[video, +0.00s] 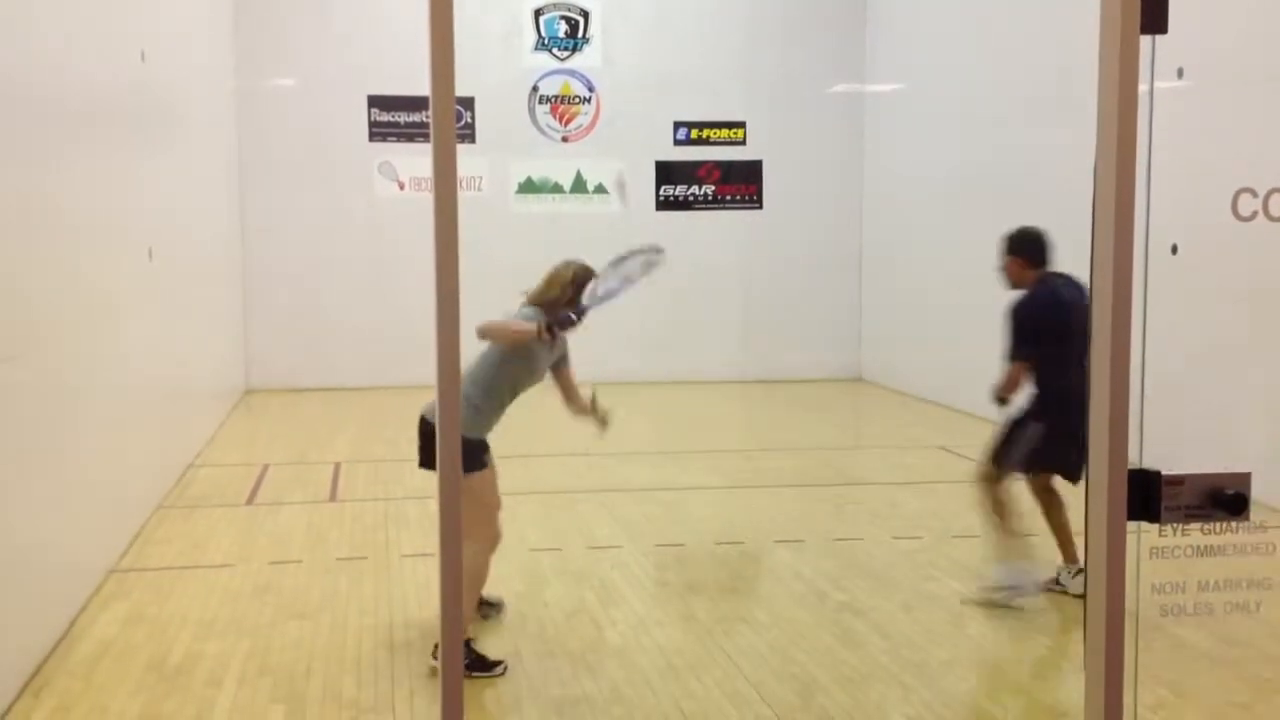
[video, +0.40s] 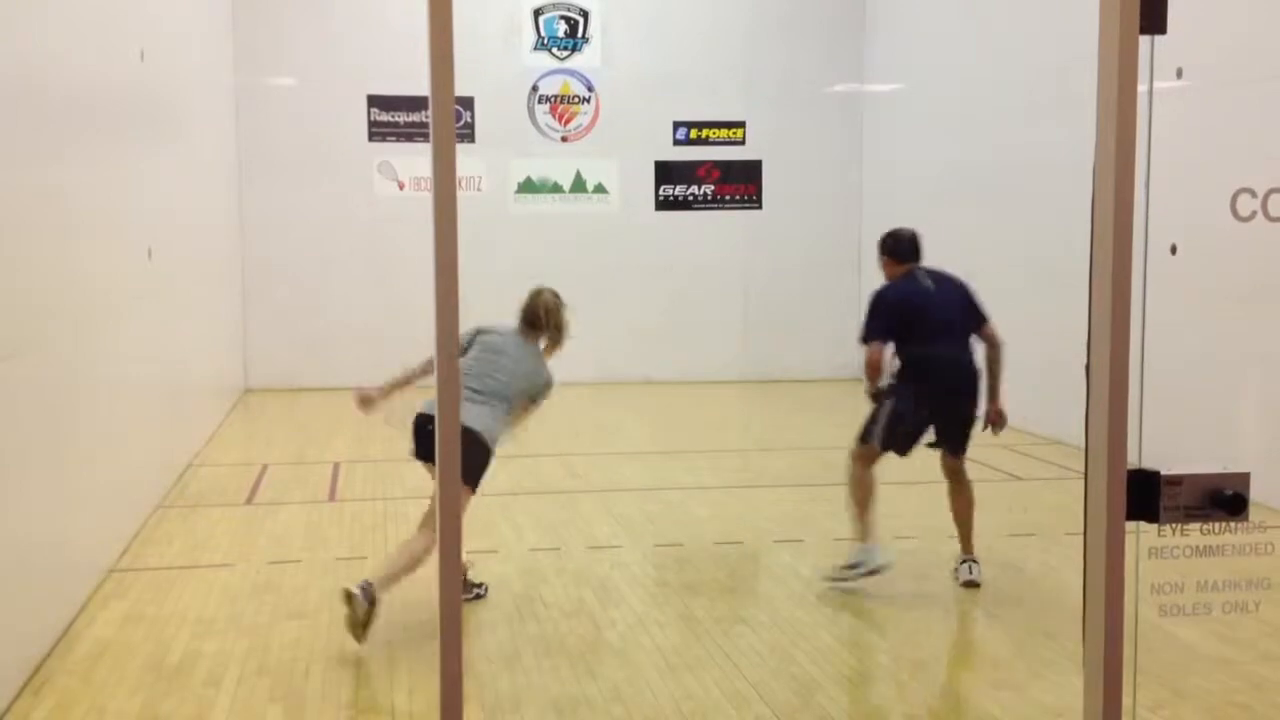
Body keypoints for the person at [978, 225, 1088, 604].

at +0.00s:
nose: (1003, 270)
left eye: (1006, 263)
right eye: (1004, 263)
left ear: (1022, 263)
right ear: (1041, 260)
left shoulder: (1029, 305)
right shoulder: (1074, 290)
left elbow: (1020, 366)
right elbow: (1084, 348)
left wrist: (1002, 392)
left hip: (1049, 407)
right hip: (1081, 404)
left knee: (992, 476)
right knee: (1040, 477)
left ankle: (1017, 574)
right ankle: (1073, 567)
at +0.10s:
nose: (962, 269)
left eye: (965, 262)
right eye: (963, 262)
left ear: (977, 263)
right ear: (996, 260)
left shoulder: (982, 307)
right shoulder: (1028, 286)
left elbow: (976, 368)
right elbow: (1061, 333)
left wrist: (963, 390)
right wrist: (1035, 365)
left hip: (1006, 401)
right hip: (1045, 399)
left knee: (948, 474)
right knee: (1015, 478)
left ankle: (919, 569)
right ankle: (1066, 564)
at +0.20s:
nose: (925, 270)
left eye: (927, 263)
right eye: (926, 263)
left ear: (936, 264)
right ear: (961, 261)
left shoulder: (937, 307)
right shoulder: (992, 287)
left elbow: (927, 376)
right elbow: (1029, 340)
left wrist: (929, 395)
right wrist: (1010, 377)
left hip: (966, 401)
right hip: (1008, 396)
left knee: (913, 473)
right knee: (986, 466)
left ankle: (914, 567)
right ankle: (1032, 549)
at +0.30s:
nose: (901, 265)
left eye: (902, 259)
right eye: (902, 258)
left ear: (909, 258)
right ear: (937, 253)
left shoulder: (908, 296)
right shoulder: (971, 282)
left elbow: (896, 363)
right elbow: (1010, 337)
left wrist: (900, 388)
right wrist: (1003, 394)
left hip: (938, 389)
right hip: (984, 389)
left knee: (891, 461)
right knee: (969, 462)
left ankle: (902, 552)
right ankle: (980, 556)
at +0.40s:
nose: (881, 267)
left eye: (882, 261)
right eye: (882, 261)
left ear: (889, 261)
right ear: (917, 257)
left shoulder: (888, 296)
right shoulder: (952, 285)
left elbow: (874, 359)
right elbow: (993, 341)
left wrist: (874, 389)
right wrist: (994, 401)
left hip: (915, 389)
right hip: (961, 389)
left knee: (862, 458)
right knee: (955, 467)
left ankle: (867, 549)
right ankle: (968, 558)